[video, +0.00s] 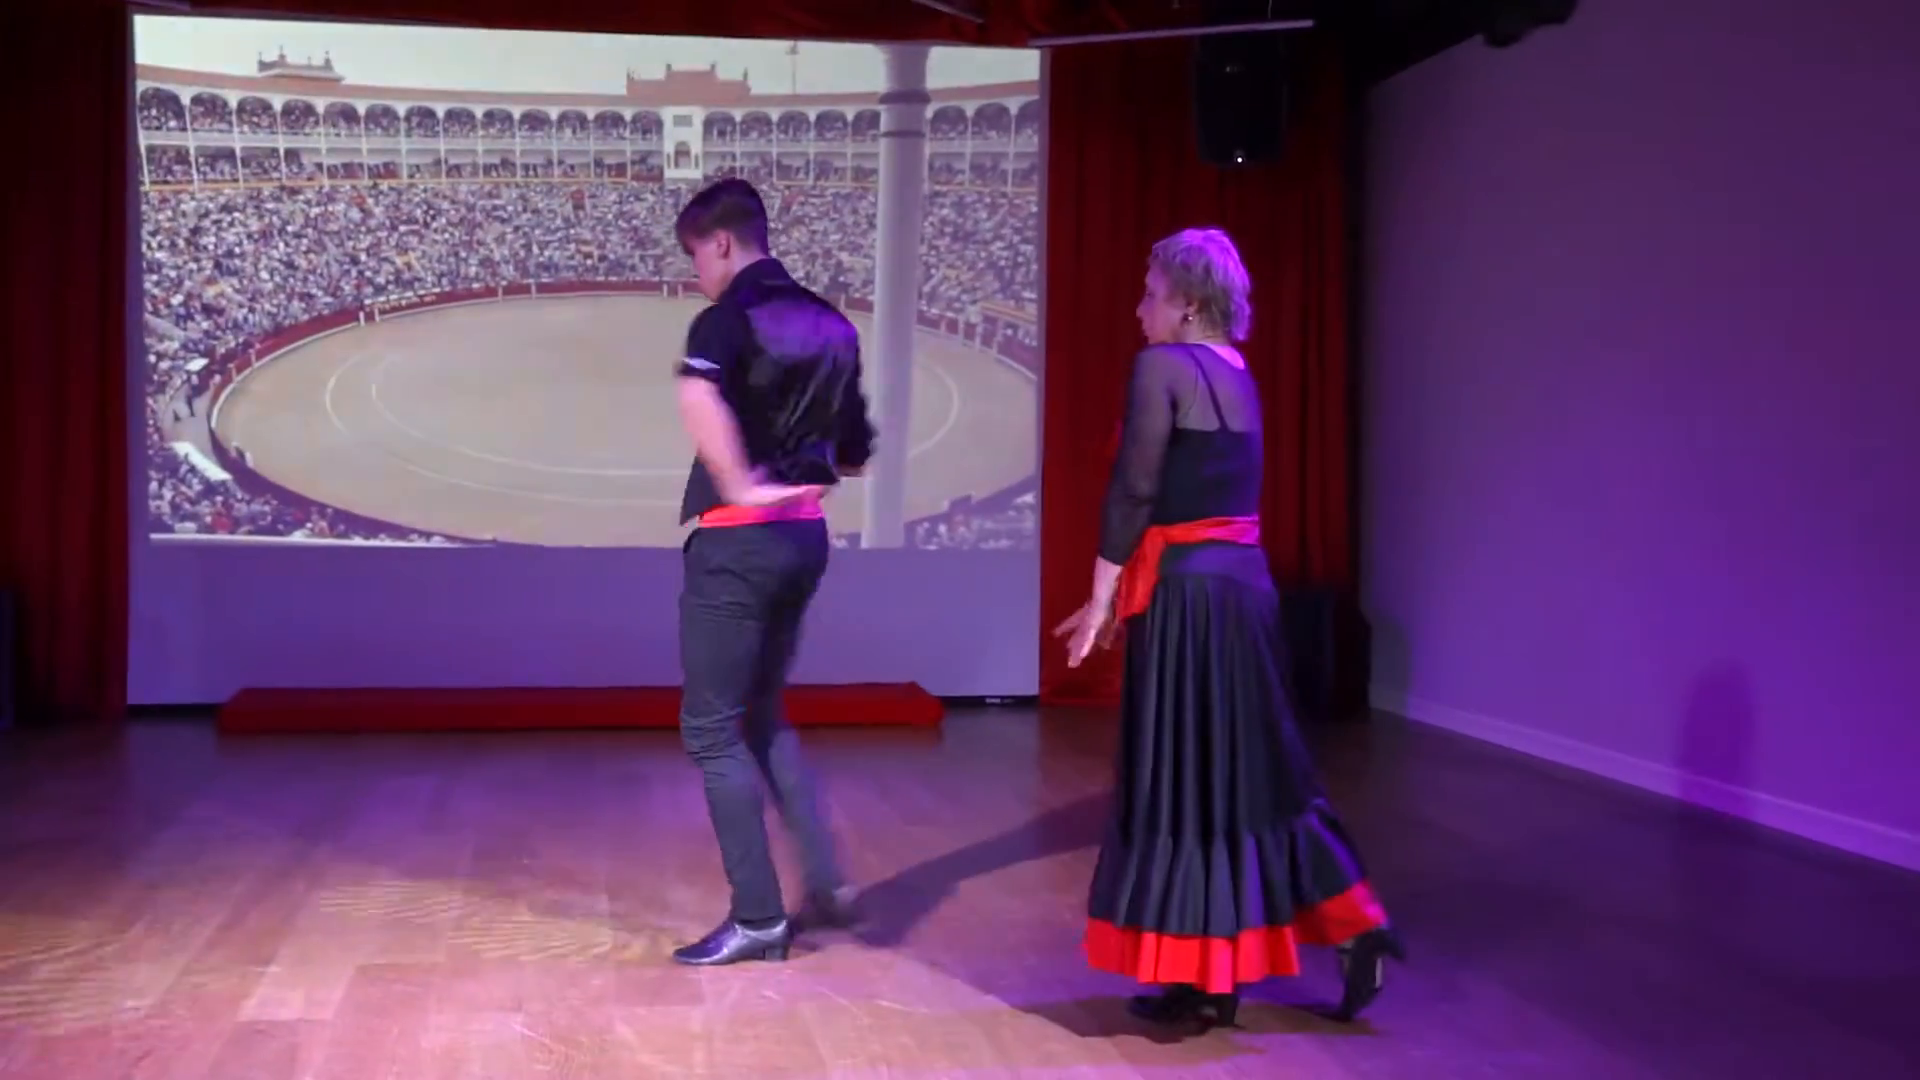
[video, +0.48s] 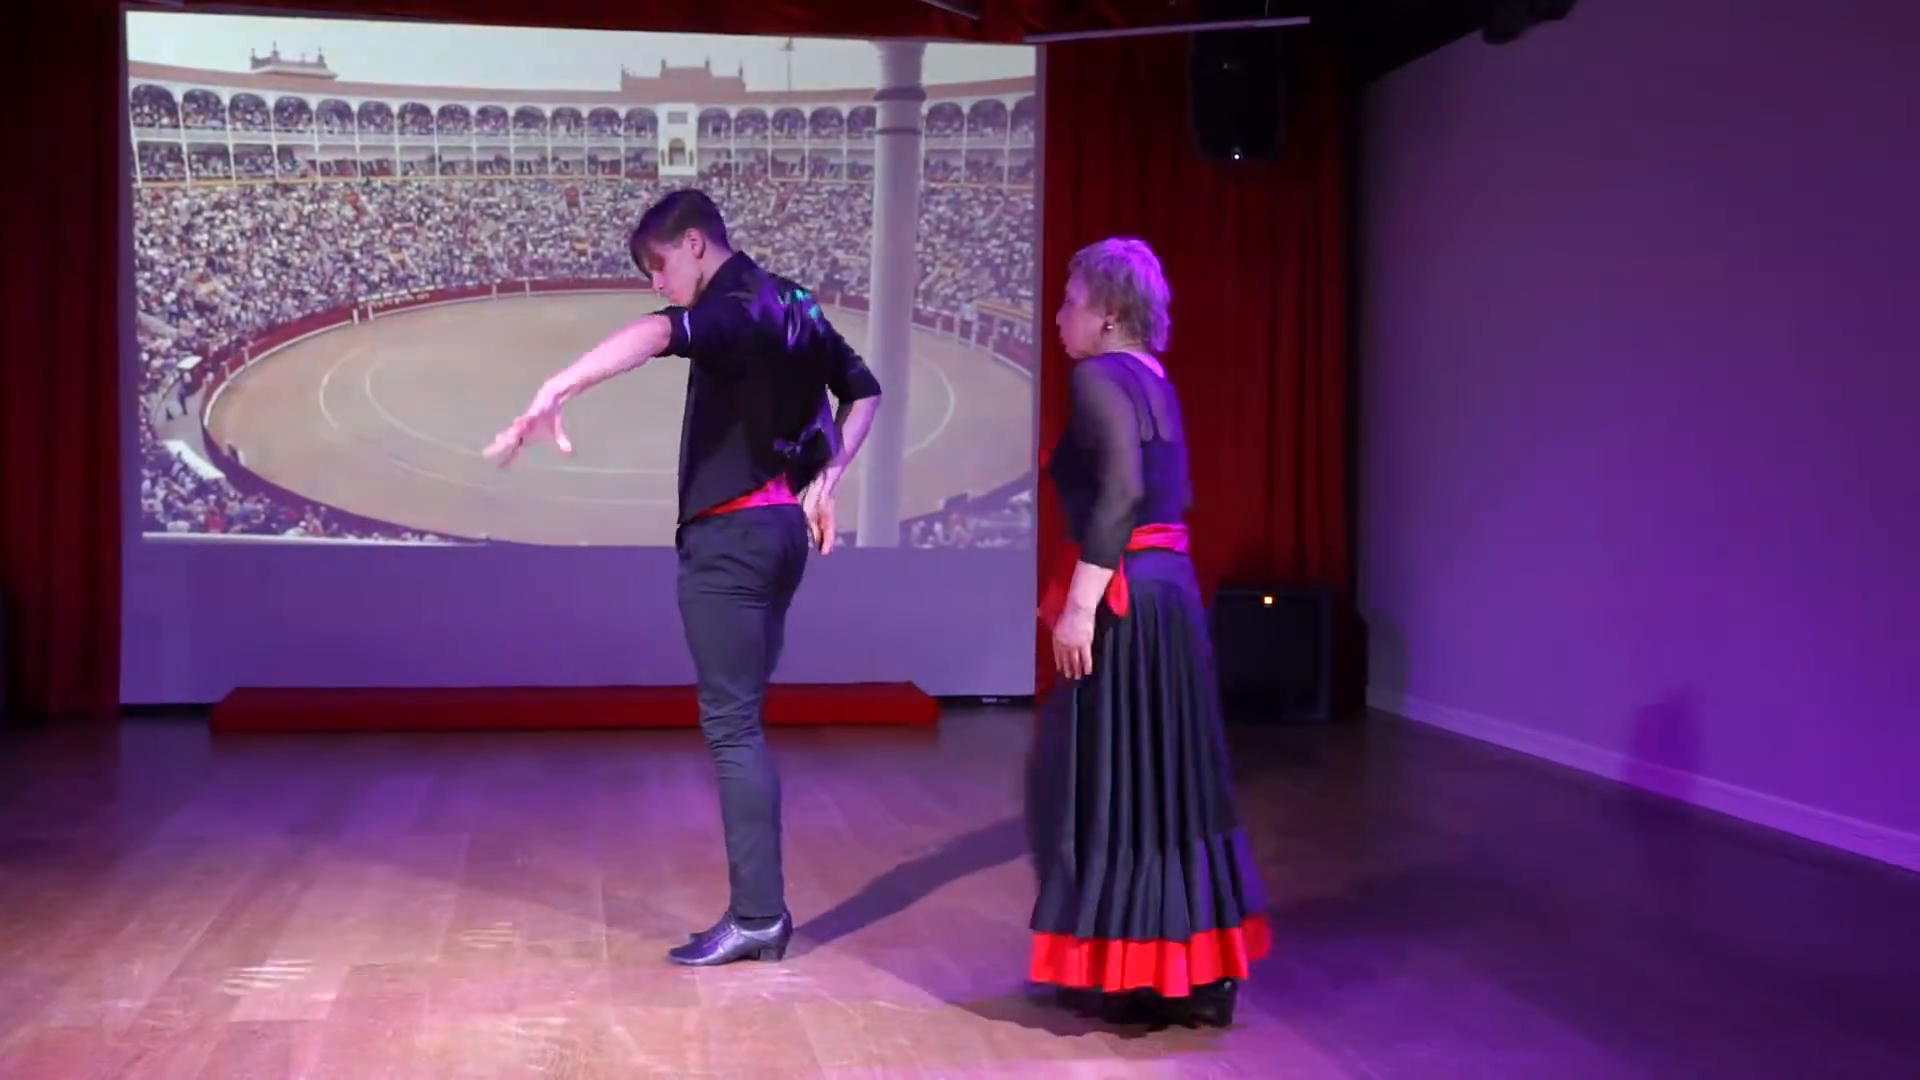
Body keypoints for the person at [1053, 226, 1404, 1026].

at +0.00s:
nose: (1141, 304)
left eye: (1151, 292)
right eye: (1145, 290)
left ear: (1185, 301)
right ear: (1212, 303)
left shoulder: (1160, 367)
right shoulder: (1234, 373)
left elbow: (1135, 486)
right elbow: (1209, 498)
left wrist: (1105, 585)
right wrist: (1114, 601)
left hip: (1187, 590)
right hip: (1245, 587)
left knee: (1181, 774)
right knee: (1267, 765)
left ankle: (1193, 973)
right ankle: (1356, 920)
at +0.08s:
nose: (1134, 304)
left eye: (1144, 291)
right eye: (1138, 289)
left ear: (1178, 301)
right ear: (1205, 303)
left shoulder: (1155, 367)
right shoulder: (1227, 373)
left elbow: (1133, 487)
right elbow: (1191, 500)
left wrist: (1102, 570)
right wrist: (1106, 585)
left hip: (1182, 591)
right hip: (1237, 588)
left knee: (1179, 775)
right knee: (1254, 767)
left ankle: (1195, 973)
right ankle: (1350, 919)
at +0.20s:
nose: (1120, 307)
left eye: (1131, 294)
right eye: (1124, 293)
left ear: (1166, 303)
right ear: (1190, 305)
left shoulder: (1146, 369)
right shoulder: (1209, 374)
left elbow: (1135, 487)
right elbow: (1179, 499)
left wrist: (1099, 568)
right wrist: (1100, 575)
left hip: (1170, 590)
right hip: (1219, 586)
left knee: (1168, 776)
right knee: (1237, 769)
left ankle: (1189, 968)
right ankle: (1332, 917)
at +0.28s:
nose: (1106, 311)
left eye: (1116, 298)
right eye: (1110, 296)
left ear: (1151, 307)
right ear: (1175, 309)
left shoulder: (1135, 373)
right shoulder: (1196, 379)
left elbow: (1133, 495)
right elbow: (1162, 502)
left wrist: (1090, 589)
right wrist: (1089, 582)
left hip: (1159, 591)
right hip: (1209, 589)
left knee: (1158, 776)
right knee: (1213, 768)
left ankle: (1180, 970)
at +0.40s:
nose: (1080, 313)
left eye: (1091, 300)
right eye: (1084, 298)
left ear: (1126, 309)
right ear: (1150, 311)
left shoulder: (1115, 377)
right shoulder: (1171, 379)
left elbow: (1128, 493)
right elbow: (1158, 501)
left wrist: (1082, 598)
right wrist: (1088, 585)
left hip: (1145, 592)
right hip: (1190, 588)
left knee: (1146, 775)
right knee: (1194, 772)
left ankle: (1169, 970)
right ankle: (1209, 964)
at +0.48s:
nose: (1059, 313)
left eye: (1070, 300)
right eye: (1063, 298)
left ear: (1104, 309)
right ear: (1133, 311)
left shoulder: (1100, 379)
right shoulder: (1152, 379)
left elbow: (1121, 490)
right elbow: (1159, 497)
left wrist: (1079, 604)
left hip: (1128, 595)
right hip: (1172, 590)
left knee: (1118, 776)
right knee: (1177, 773)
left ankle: (1145, 967)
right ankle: (1200, 965)